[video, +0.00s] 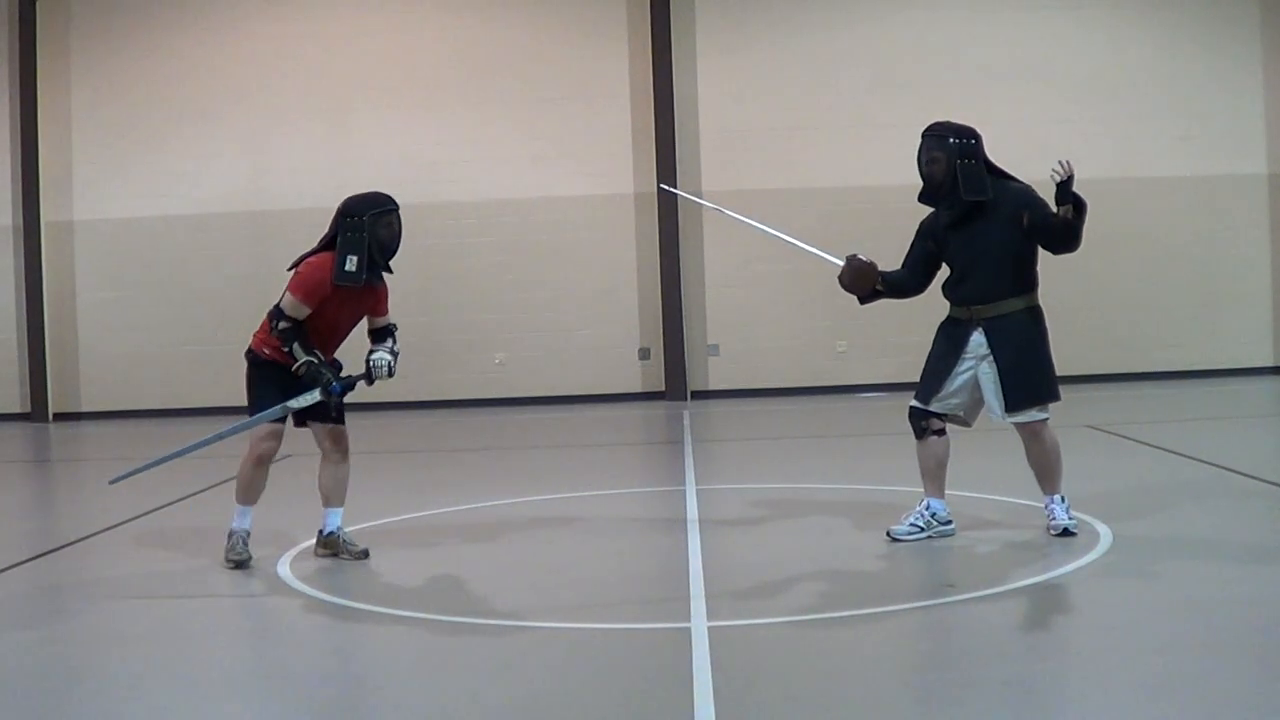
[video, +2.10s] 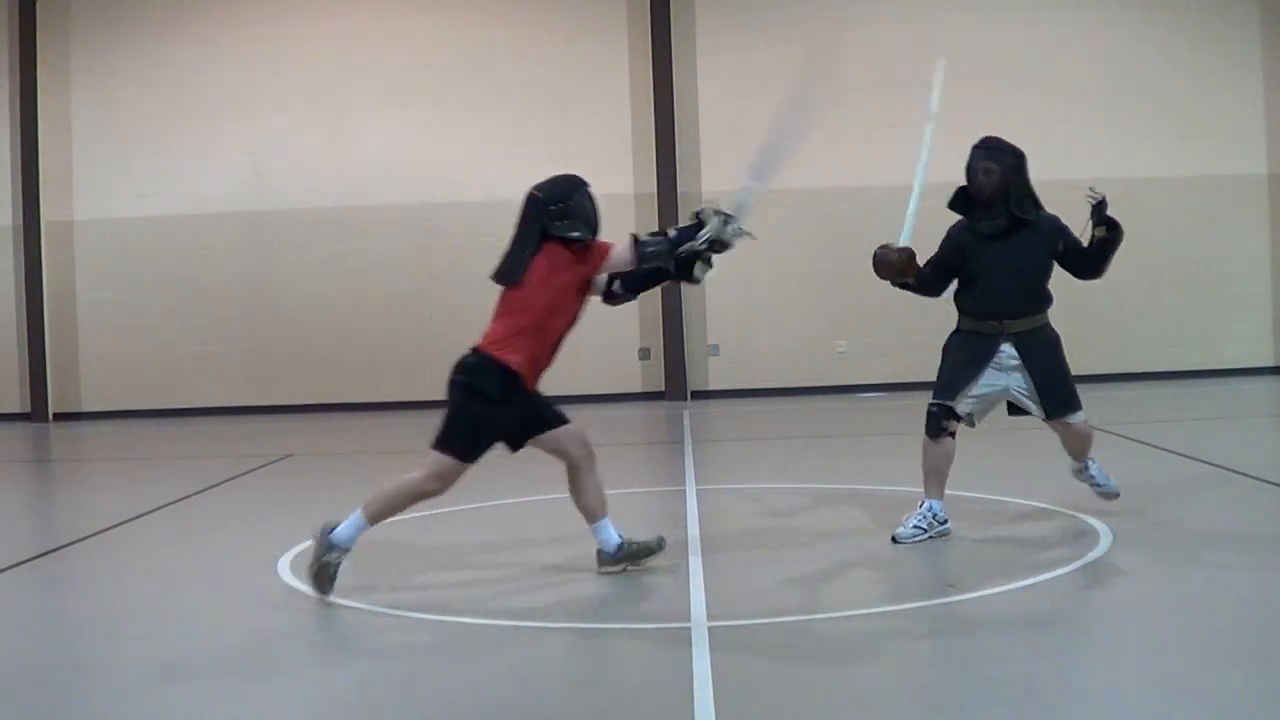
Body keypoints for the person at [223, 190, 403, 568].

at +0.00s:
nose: (394, 235)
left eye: (395, 227)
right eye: (386, 227)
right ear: (360, 229)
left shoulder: (374, 283)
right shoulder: (320, 270)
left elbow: (381, 330)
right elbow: (280, 324)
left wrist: (383, 352)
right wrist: (309, 364)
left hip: (319, 366)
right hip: (272, 360)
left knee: (336, 444)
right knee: (266, 445)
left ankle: (331, 533)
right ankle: (239, 532)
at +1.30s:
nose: (423, 199)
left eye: (421, 189)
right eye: (414, 190)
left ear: (393, 197)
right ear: (388, 195)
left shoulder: (395, 256)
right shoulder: (350, 245)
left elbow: (399, 318)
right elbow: (326, 316)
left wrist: (420, 350)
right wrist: (365, 364)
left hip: (350, 367)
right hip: (304, 365)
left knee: (382, 458)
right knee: (318, 462)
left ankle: (387, 558)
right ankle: (287, 551)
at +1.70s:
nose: (453, 201)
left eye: (451, 192)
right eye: (446, 193)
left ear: (412, 201)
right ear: (425, 201)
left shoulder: (417, 250)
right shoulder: (394, 254)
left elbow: (437, 291)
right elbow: (372, 330)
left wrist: (467, 312)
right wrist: (422, 361)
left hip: (371, 374)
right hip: (333, 373)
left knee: (427, 445)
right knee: (352, 481)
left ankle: (459, 544)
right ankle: (299, 571)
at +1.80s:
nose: (471, 213)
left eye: (470, 204)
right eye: (464, 205)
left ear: (429, 214)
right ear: (445, 215)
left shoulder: (435, 257)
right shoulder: (416, 271)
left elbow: (468, 280)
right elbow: (408, 349)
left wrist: (498, 295)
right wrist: (465, 358)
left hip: (390, 377)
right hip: (352, 379)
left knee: (456, 435)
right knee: (369, 489)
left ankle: (517, 520)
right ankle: (298, 566)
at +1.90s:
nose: (503, 221)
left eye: (500, 212)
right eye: (495, 213)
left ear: (460, 224)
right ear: (473, 224)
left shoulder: (464, 265)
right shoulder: (442, 279)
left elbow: (516, 289)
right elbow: (482, 351)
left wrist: (542, 280)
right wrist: (533, 321)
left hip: (416, 389)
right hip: (380, 391)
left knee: (495, 431)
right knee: (374, 499)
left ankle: (566, 508)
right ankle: (302, 570)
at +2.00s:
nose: (544, 217)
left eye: (541, 208)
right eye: (538, 208)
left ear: (503, 218)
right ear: (519, 216)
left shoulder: (506, 260)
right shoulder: (495, 262)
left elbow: (561, 303)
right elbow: (565, 302)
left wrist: (606, 274)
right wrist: (613, 271)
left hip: (465, 390)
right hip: (426, 388)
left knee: (538, 444)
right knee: (383, 482)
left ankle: (591, 531)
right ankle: (309, 564)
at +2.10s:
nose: (591, 215)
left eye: (585, 207)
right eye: (583, 207)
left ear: (546, 220)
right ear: (572, 217)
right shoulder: (576, 258)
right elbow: (643, 251)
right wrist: (697, 233)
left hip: (494, 383)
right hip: (491, 383)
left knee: (579, 451)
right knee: (433, 480)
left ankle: (610, 546)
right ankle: (338, 538)